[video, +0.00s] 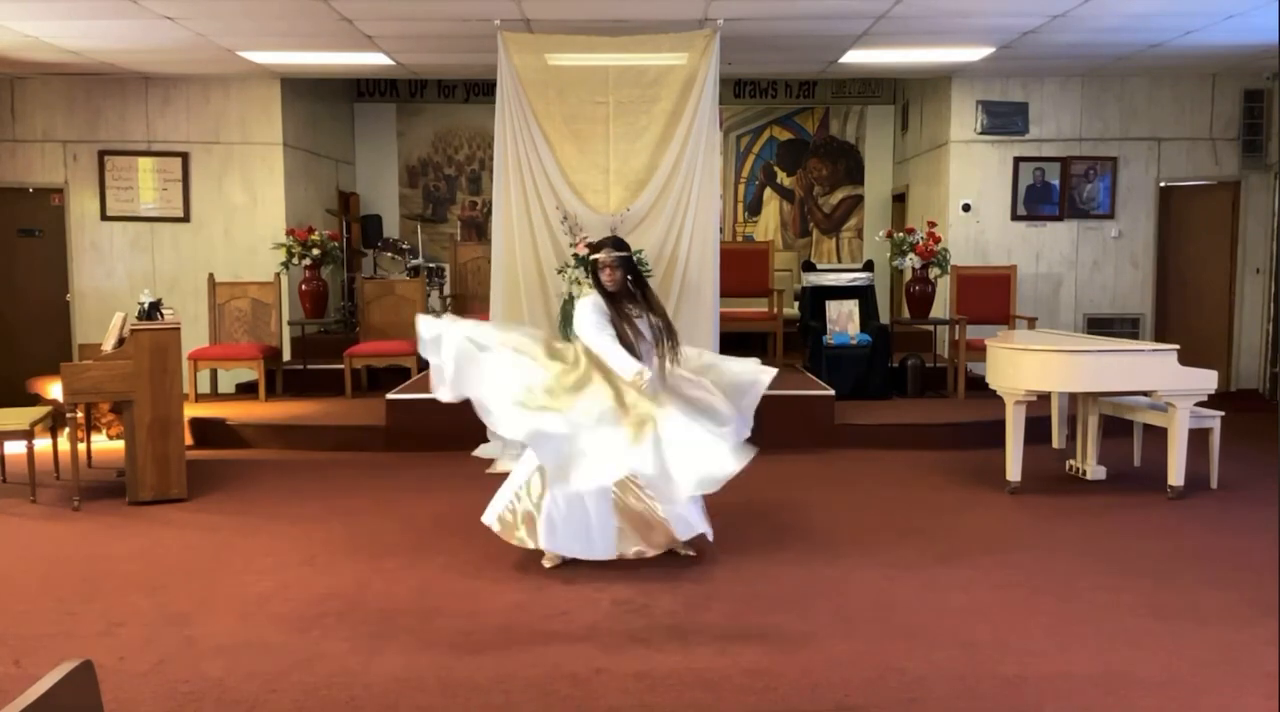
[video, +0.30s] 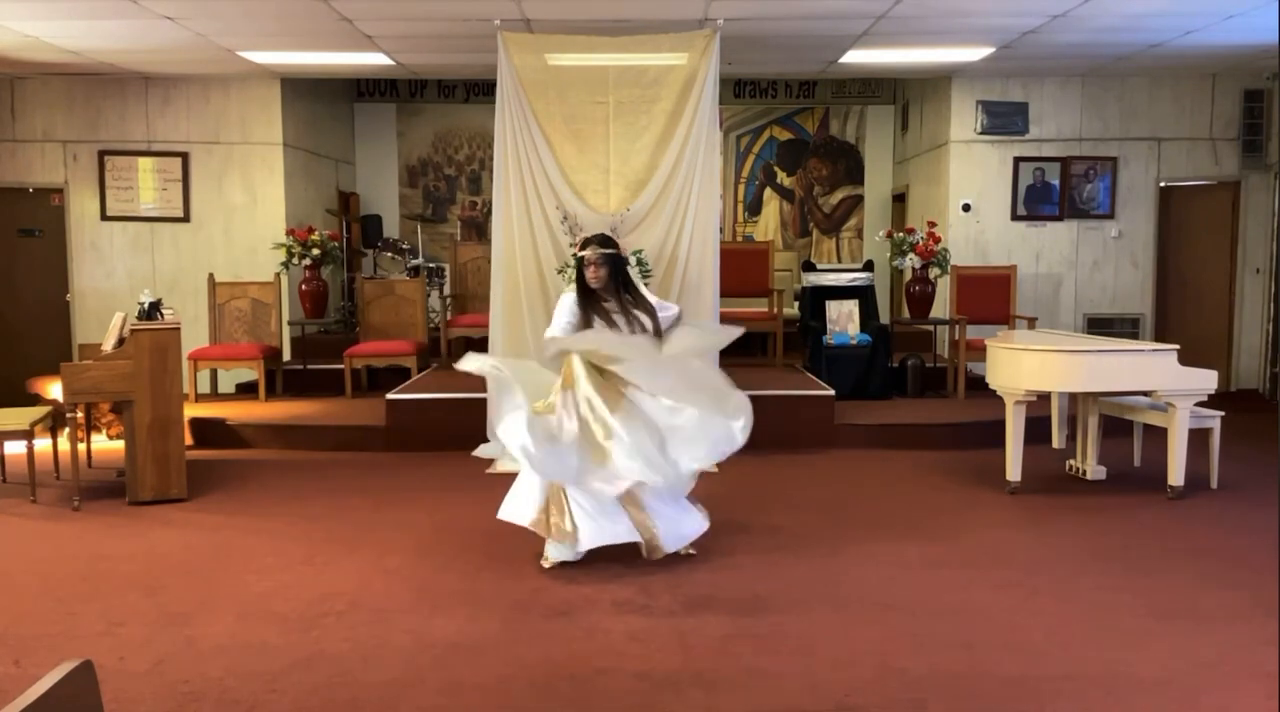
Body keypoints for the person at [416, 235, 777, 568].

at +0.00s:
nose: (610, 273)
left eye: (616, 267)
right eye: (603, 268)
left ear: (630, 270)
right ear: (594, 273)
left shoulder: (640, 305)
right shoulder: (589, 305)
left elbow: (668, 350)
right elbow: (601, 343)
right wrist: (635, 373)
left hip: (637, 392)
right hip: (592, 392)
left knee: (660, 456)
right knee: (570, 462)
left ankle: (673, 532)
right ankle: (556, 543)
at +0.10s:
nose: (603, 273)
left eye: (609, 266)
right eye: (596, 268)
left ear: (623, 269)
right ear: (588, 272)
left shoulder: (639, 307)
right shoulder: (584, 306)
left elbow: (670, 347)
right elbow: (594, 344)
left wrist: (717, 363)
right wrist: (633, 358)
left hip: (638, 401)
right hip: (594, 402)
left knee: (654, 463)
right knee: (580, 468)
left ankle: (670, 538)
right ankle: (565, 545)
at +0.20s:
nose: (597, 272)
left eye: (605, 265)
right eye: (591, 266)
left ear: (619, 267)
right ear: (584, 270)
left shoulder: (641, 304)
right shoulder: (578, 301)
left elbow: (666, 341)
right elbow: (580, 344)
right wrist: (626, 351)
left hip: (629, 393)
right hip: (586, 393)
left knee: (642, 461)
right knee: (582, 465)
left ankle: (665, 534)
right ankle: (570, 540)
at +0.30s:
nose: (591, 271)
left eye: (599, 264)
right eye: (586, 264)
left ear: (615, 266)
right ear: (580, 269)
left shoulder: (633, 296)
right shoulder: (573, 301)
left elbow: (672, 314)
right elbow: (554, 343)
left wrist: (645, 346)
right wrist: (592, 351)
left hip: (629, 392)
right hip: (583, 395)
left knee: (628, 463)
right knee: (566, 466)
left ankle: (654, 535)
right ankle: (559, 543)